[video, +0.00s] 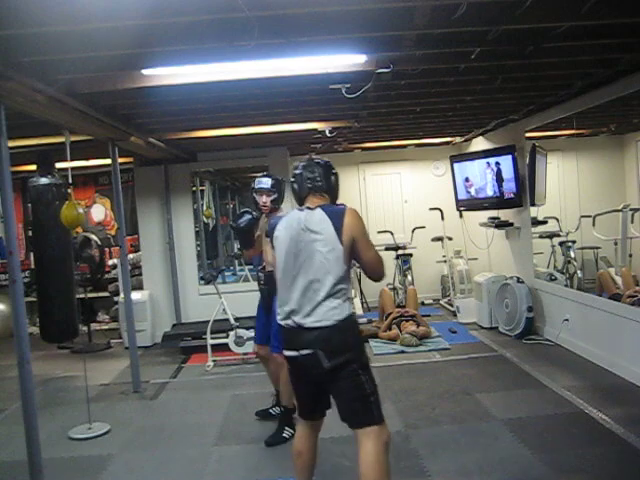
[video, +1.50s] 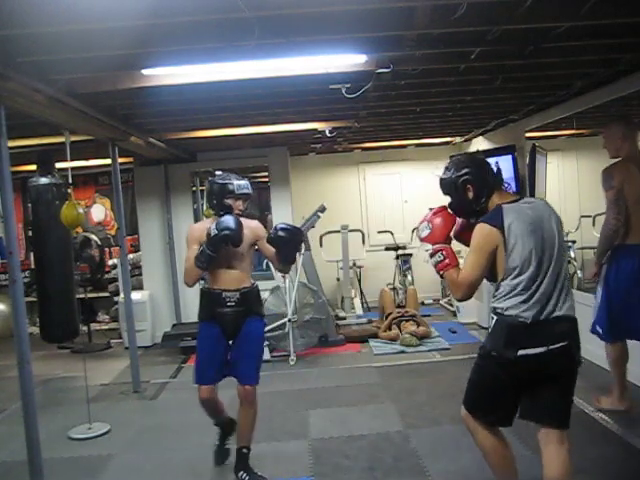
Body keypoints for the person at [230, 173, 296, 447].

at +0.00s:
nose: (264, 199)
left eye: (269, 193)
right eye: (259, 193)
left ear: (278, 195)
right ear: (255, 196)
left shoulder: (283, 223)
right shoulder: (260, 222)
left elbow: (280, 260)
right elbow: (252, 255)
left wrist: (264, 238)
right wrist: (254, 234)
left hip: (283, 288)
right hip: (265, 287)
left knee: (278, 354)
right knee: (262, 349)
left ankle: (289, 419)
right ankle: (282, 401)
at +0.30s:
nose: (275, 201)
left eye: (279, 196)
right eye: (270, 196)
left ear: (287, 197)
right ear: (263, 197)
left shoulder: (297, 219)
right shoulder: (259, 222)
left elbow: (312, 253)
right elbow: (240, 257)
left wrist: (303, 244)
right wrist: (246, 232)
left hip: (295, 287)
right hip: (270, 288)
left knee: (286, 353)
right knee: (278, 355)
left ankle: (298, 411)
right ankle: (297, 409)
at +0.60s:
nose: (289, 203)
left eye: (294, 198)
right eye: (284, 198)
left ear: (300, 198)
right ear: (274, 198)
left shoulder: (308, 222)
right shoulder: (266, 223)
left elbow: (332, 254)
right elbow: (244, 264)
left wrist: (315, 239)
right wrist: (256, 235)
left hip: (302, 291)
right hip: (274, 292)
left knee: (313, 360)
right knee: (282, 361)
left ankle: (336, 419)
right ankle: (300, 412)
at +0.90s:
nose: (276, 204)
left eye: (280, 199)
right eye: (271, 200)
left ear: (286, 200)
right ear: (260, 202)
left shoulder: (297, 226)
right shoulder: (253, 229)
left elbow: (326, 259)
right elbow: (233, 265)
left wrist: (308, 240)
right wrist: (244, 236)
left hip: (297, 298)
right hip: (266, 299)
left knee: (315, 363)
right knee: (253, 368)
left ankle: (336, 421)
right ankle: (250, 433)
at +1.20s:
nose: (245, 203)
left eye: (249, 197)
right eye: (240, 197)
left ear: (255, 197)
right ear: (227, 198)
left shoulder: (265, 222)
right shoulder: (213, 228)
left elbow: (293, 257)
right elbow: (201, 273)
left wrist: (298, 243)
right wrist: (217, 244)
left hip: (264, 299)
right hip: (230, 301)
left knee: (272, 371)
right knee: (233, 376)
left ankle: (294, 423)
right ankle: (242, 438)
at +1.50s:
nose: (239, 206)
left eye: (243, 201)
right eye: (233, 200)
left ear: (246, 203)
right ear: (217, 201)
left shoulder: (253, 228)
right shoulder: (199, 230)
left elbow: (282, 267)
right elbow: (189, 279)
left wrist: (289, 249)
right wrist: (210, 248)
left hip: (248, 310)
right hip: (212, 311)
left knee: (248, 391)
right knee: (205, 394)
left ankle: (243, 463)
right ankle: (226, 426)